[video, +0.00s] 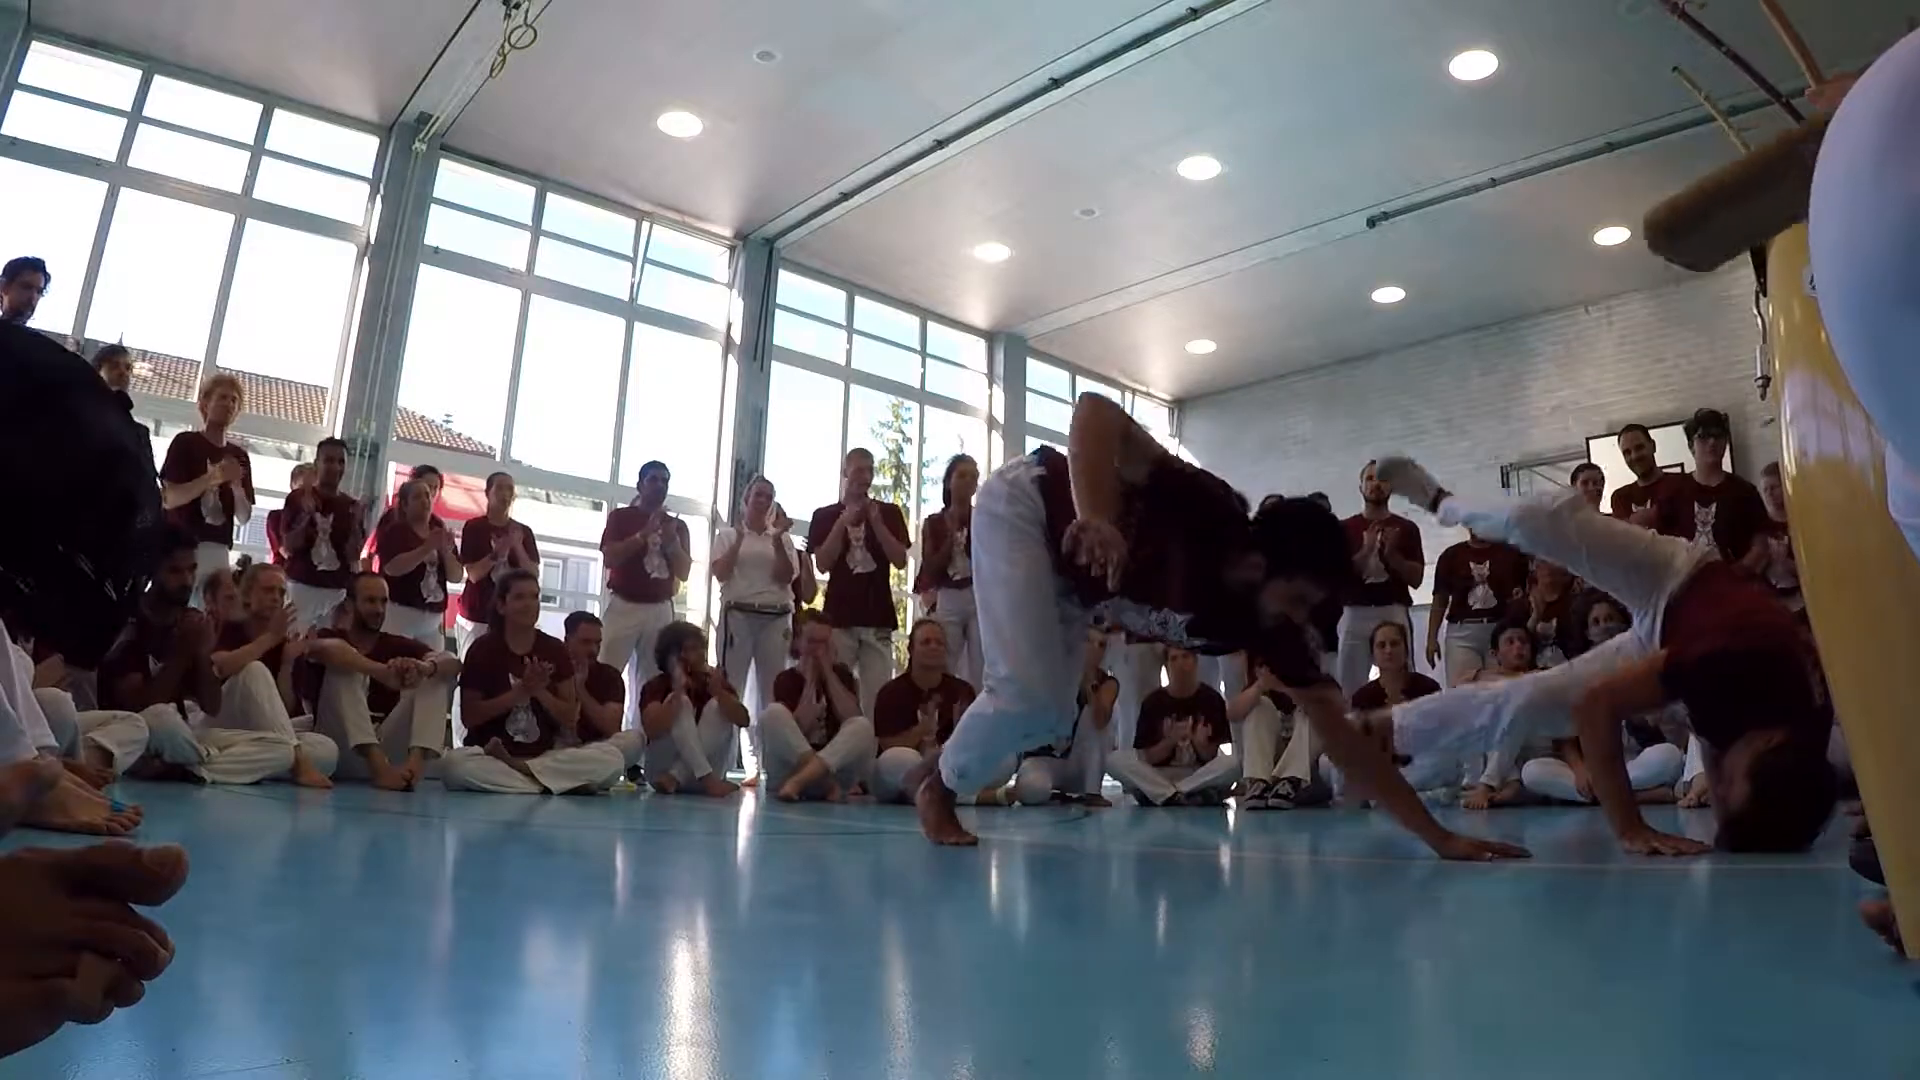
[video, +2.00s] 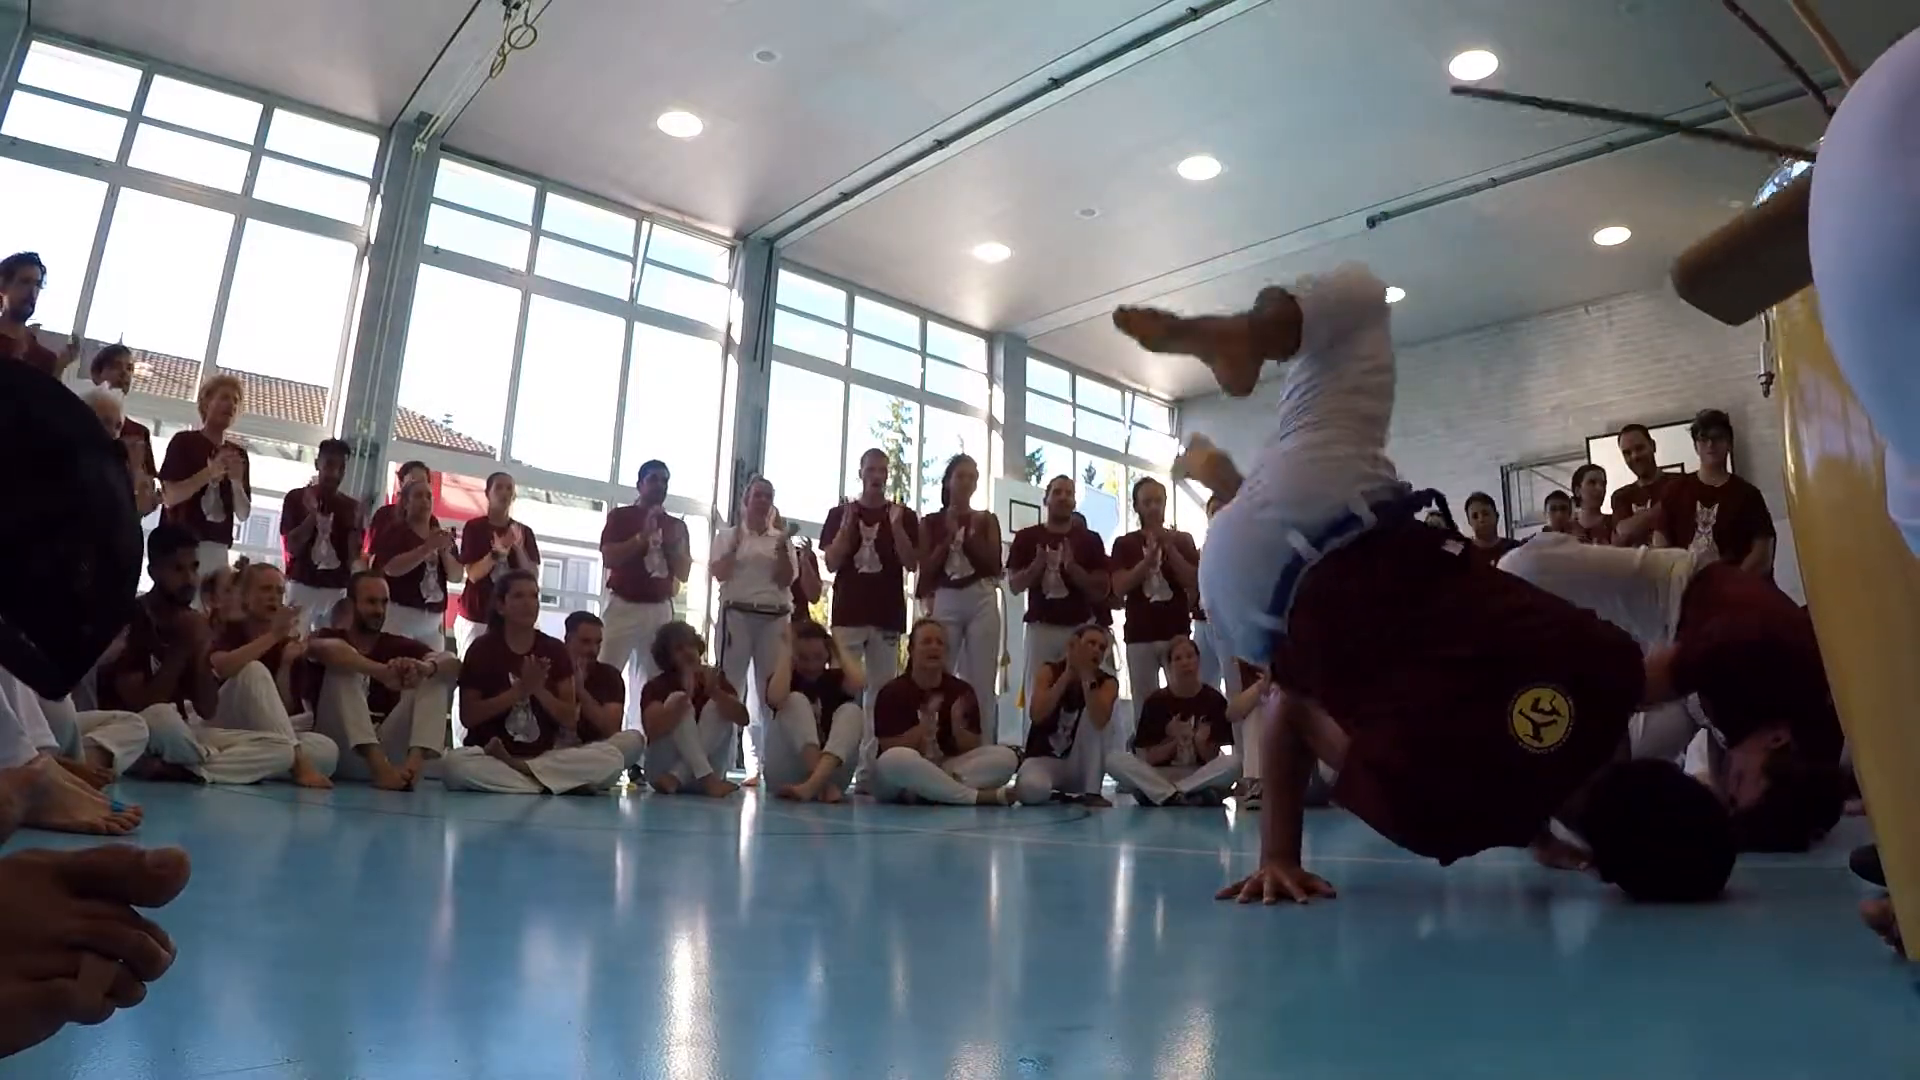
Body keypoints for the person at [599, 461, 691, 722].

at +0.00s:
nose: (659, 485)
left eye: (664, 481)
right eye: (653, 479)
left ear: (668, 487)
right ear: (640, 484)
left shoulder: (677, 525)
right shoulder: (619, 517)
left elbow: (684, 573)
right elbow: (611, 558)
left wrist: (672, 543)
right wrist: (643, 535)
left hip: (660, 609)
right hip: (622, 607)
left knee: (652, 686)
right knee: (606, 680)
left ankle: (647, 749)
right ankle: (599, 746)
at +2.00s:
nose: (659, 484)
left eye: (664, 480)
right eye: (653, 479)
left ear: (668, 487)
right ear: (639, 484)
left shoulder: (676, 526)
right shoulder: (619, 517)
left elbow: (683, 574)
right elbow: (610, 558)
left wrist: (672, 547)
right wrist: (642, 537)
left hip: (659, 610)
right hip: (622, 607)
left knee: (654, 685)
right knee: (605, 680)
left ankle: (649, 749)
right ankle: (598, 745)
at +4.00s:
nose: (663, 487)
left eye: (668, 483)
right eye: (657, 481)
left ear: (671, 489)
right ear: (643, 484)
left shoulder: (678, 526)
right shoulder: (623, 516)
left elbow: (685, 573)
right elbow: (612, 558)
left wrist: (672, 543)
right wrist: (648, 543)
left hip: (661, 610)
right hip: (624, 607)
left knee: (654, 685)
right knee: (607, 680)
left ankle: (648, 749)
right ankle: (600, 745)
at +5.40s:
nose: (660, 485)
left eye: (665, 481)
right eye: (654, 480)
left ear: (669, 486)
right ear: (640, 484)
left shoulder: (677, 525)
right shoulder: (620, 517)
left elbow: (685, 574)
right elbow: (610, 559)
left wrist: (673, 544)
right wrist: (644, 540)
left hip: (660, 610)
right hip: (623, 608)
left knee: (654, 684)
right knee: (606, 679)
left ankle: (650, 750)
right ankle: (599, 745)